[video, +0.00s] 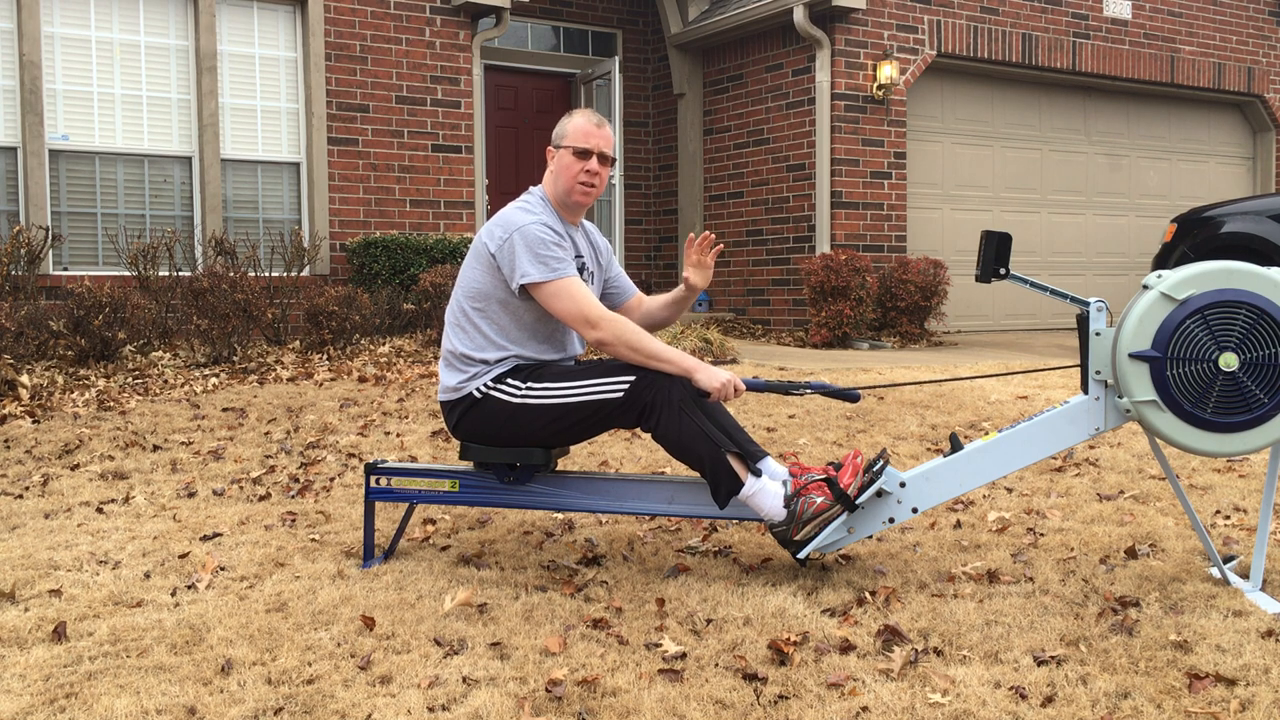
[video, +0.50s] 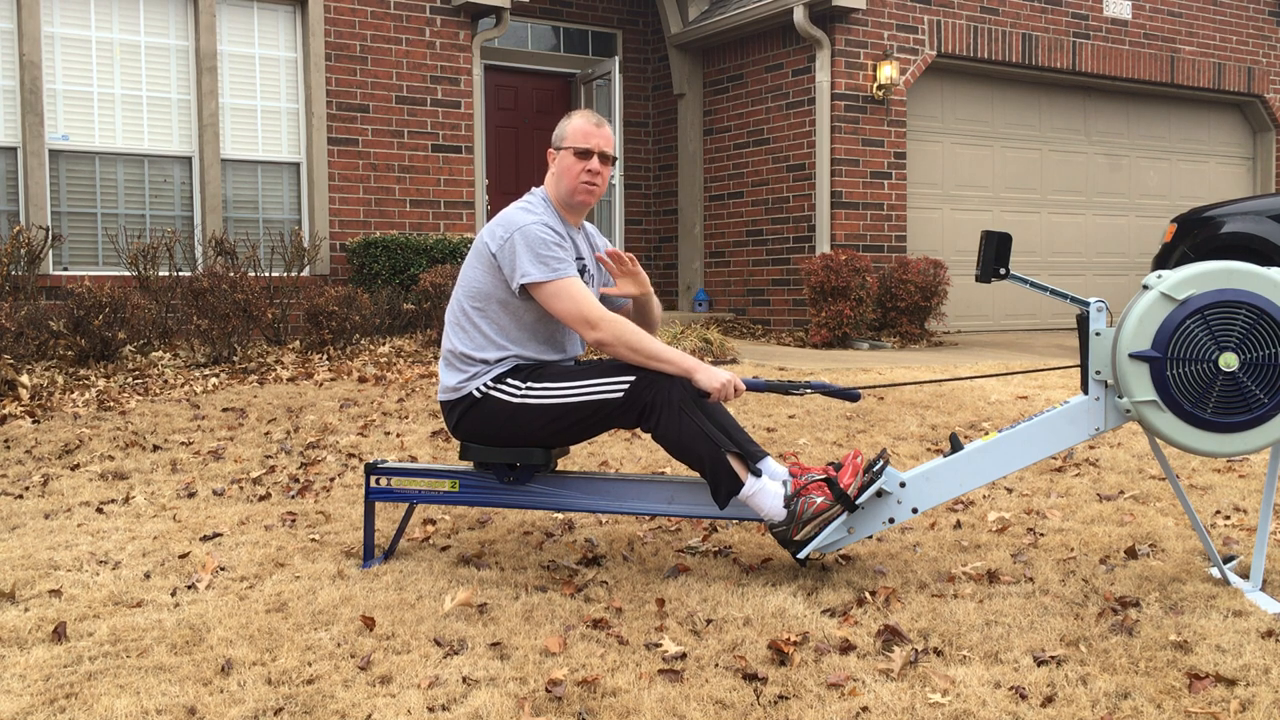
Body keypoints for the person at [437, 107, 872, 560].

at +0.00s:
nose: (594, 169)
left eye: (605, 162)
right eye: (582, 155)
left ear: (610, 173)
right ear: (550, 157)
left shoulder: (587, 236)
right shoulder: (524, 225)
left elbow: (641, 315)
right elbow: (593, 327)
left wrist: (688, 289)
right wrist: (699, 371)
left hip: (541, 377)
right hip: (487, 391)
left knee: (675, 377)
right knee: (650, 387)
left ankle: (786, 484)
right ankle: (776, 509)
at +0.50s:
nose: (595, 169)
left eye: (605, 161)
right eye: (583, 155)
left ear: (612, 172)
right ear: (551, 158)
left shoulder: (588, 238)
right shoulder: (526, 225)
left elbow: (644, 337)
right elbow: (594, 328)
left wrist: (643, 295)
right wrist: (699, 370)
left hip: (539, 376)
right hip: (486, 389)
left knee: (674, 378)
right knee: (650, 388)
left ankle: (786, 484)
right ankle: (776, 509)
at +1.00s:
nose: (593, 169)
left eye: (604, 160)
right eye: (580, 155)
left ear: (611, 171)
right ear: (550, 158)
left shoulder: (591, 238)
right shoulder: (524, 226)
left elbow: (657, 298)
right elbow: (594, 327)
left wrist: (744, 283)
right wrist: (699, 371)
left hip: (540, 377)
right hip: (487, 391)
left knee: (676, 378)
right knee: (650, 388)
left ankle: (787, 485)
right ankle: (776, 510)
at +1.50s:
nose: (593, 167)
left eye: (603, 159)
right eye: (580, 154)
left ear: (610, 171)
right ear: (549, 158)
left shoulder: (586, 236)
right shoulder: (525, 225)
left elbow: (642, 311)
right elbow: (593, 327)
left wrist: (675, 287)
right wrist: (699, 371)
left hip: (539, 376)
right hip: (487, 390)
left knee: (675, 378)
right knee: (650, 388)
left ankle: (787, 483)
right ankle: (776, 509)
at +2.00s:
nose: (596, 170)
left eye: (607, 162)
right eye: (584, 156)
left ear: (612, 173)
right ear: (553, 158)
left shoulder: (592, 239)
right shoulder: (525, 226)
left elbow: (644, 323)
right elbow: (595, 330)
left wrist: (654, 303)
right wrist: (699, 371)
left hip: (540, 377)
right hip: (486, 390)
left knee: (674, 379)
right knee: (651, 388)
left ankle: (786, 485)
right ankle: (775, 509)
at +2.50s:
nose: (593, 167)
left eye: (604, 159)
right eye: (580, 154)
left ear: (611, 171)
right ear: (550, 159)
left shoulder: (594, 236)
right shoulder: (525, 227)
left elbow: (670, 285)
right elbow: (596, 328)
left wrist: (759, 275)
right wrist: (699, 370)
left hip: (542, 376)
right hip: (487, 391)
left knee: (677, 378)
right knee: (651, 388)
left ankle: (786, 483)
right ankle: (775, 509)